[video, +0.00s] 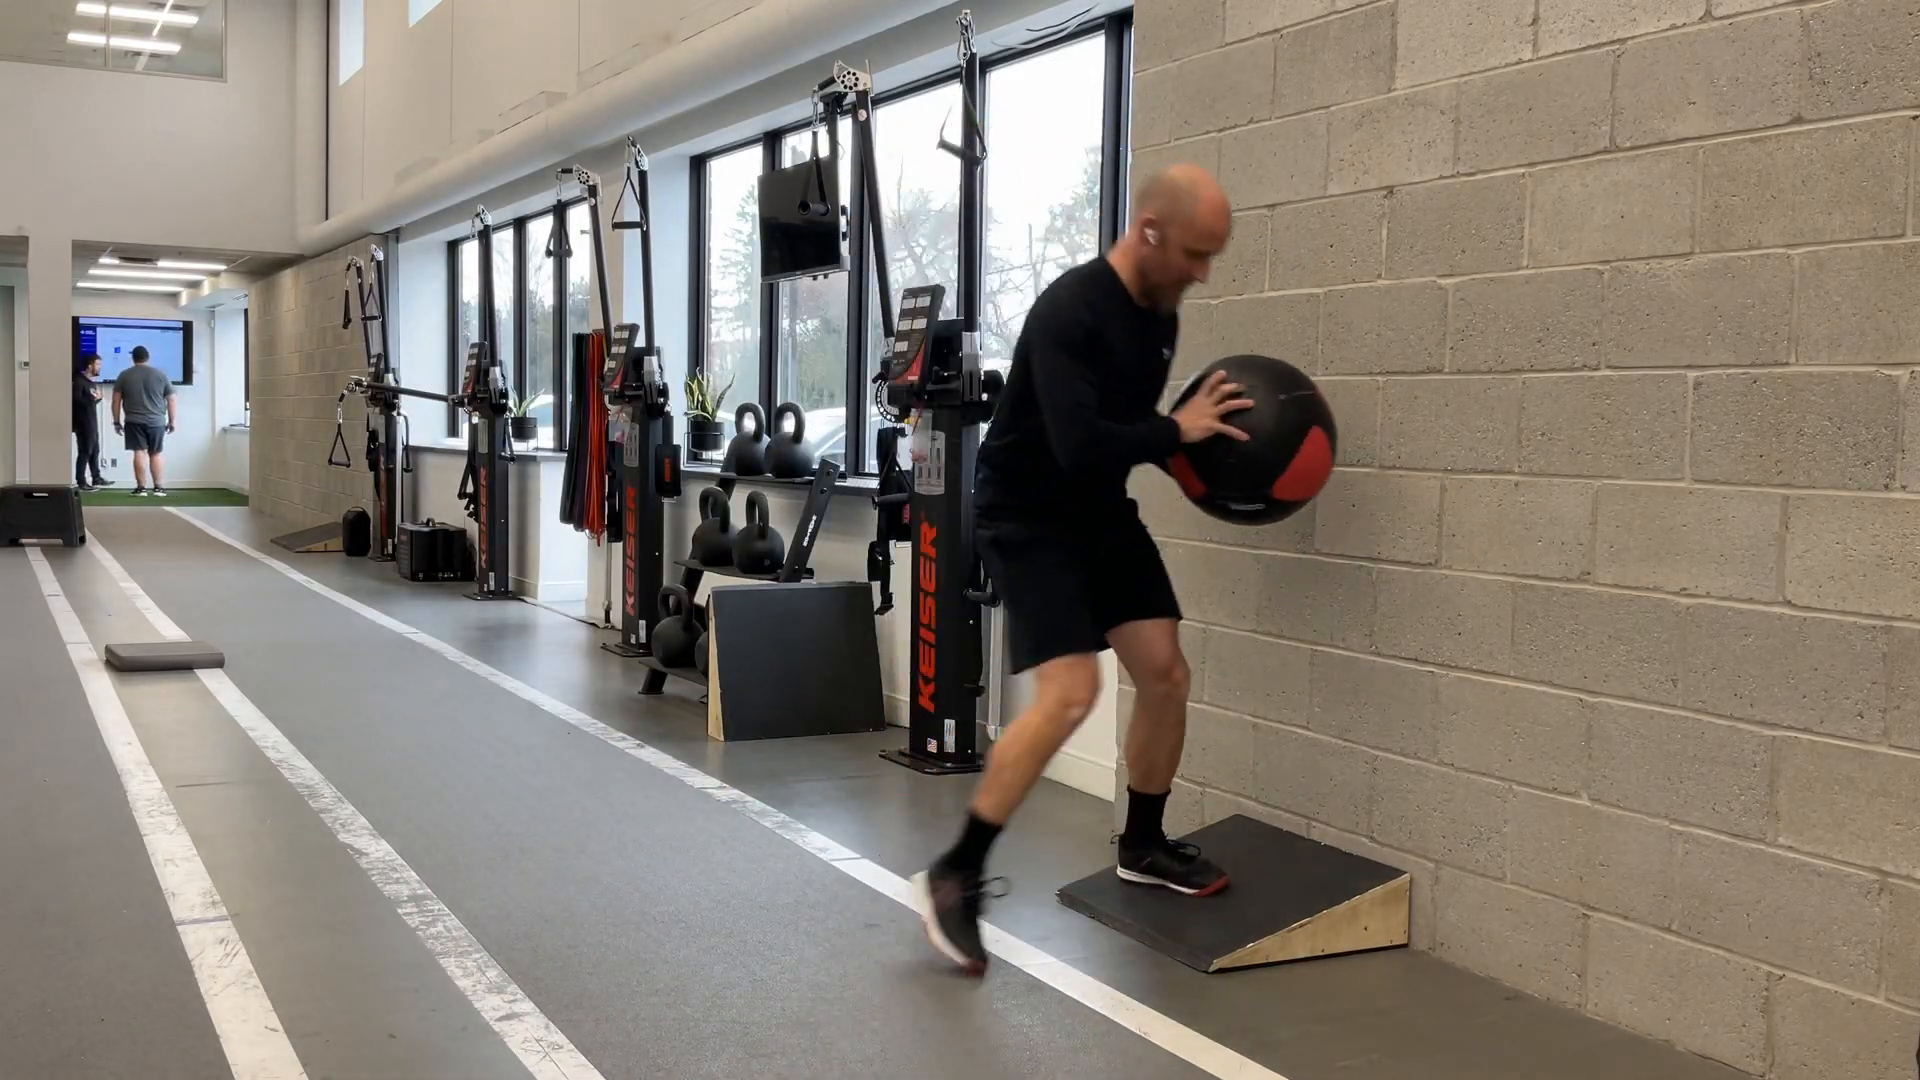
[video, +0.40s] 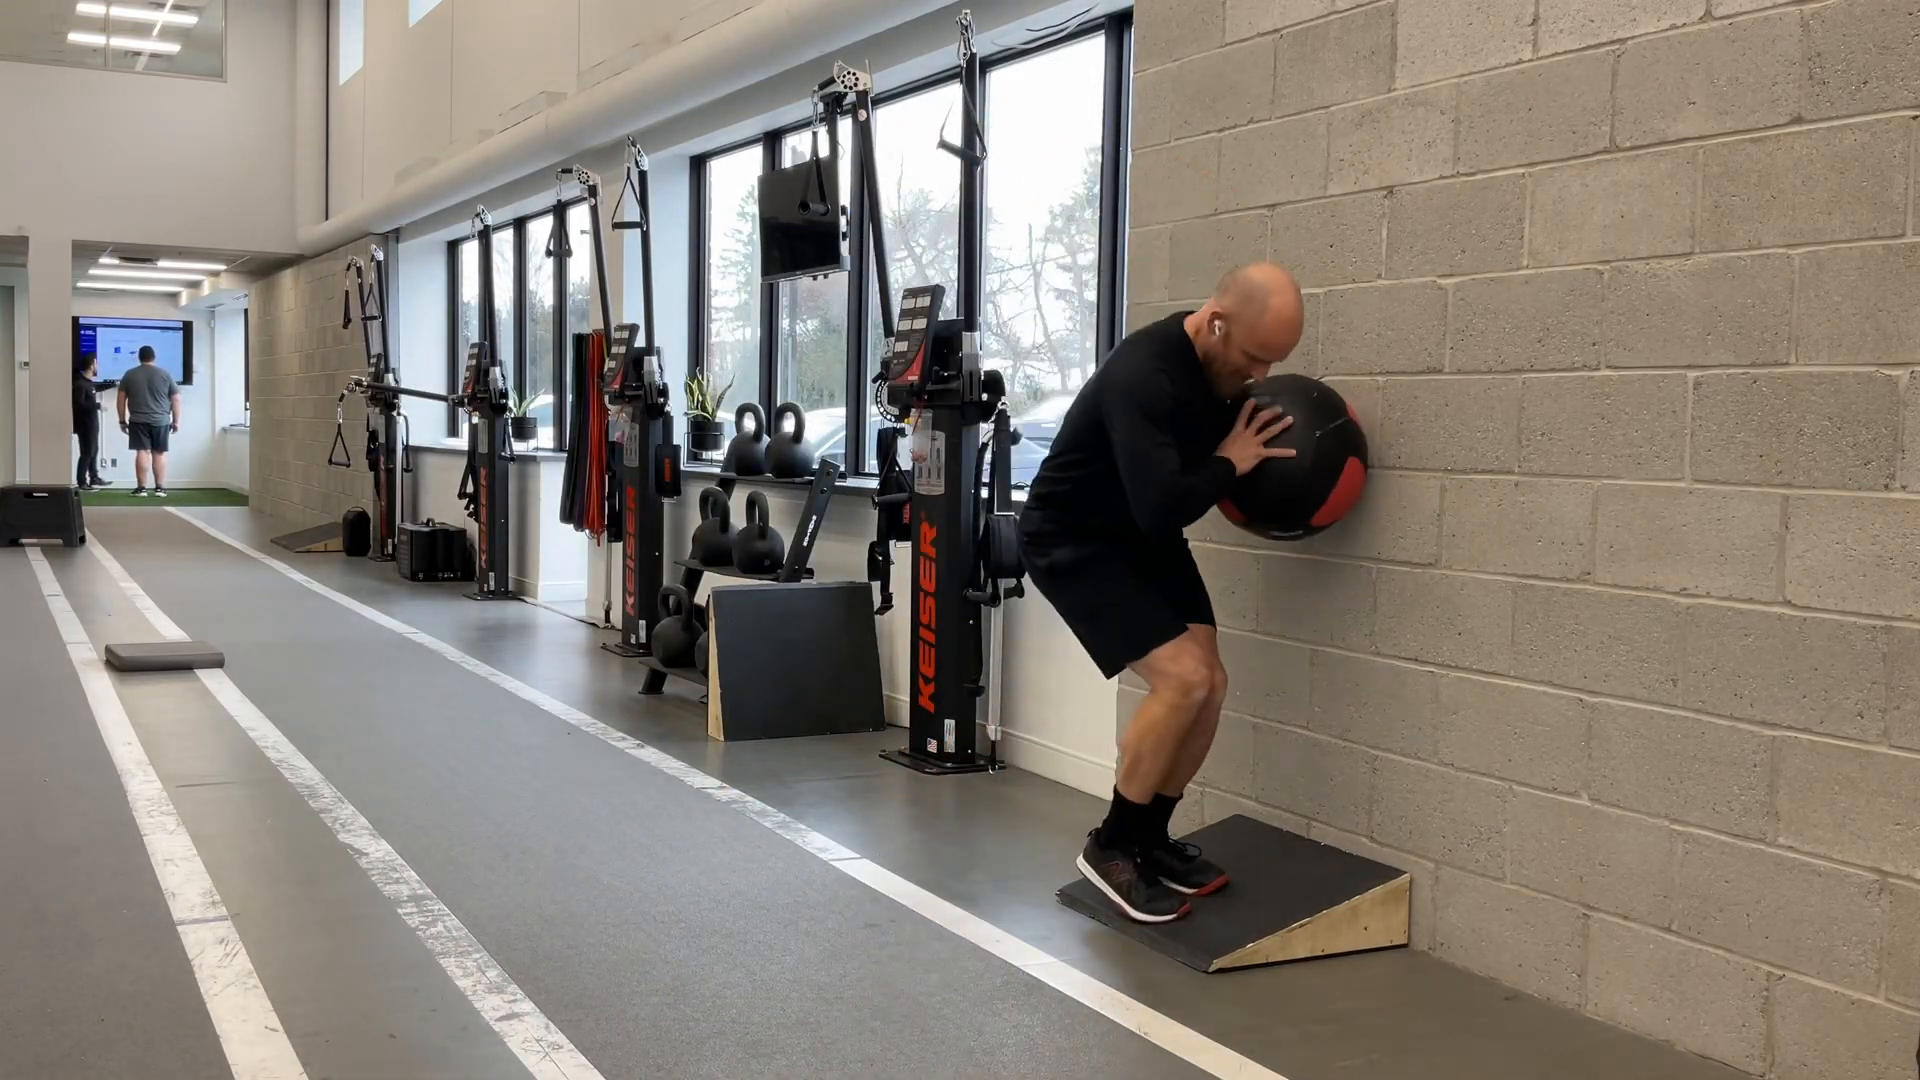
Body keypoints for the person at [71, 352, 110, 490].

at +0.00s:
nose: (99, 368)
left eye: (99, 365)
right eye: (97, 365)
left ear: (91, 366)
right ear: (90, 366)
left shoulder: (90, 381)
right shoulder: (79, 381)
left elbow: (89, 403)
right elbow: (81, 402)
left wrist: (97, 397)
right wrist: (95, 398)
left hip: (92, 423)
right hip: (83, 423)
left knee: (94, 451)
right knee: (84, 452)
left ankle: (96, 477)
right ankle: (81, 481)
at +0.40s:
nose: (96, 366)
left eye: (96, 363)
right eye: (95, 364)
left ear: (86, 365)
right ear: (91, 365)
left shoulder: (88, 383)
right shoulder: (80, 384)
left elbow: (96, 389)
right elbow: (81, 404)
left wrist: (111, 385)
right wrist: (96, 405)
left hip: (91, 423)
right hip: (84, 423)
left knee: (93, 451)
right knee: (86, 452)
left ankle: (94, 477)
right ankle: (82, 481)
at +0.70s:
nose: (96, 365)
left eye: (95, 362)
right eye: (94, 362)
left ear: (91, 365)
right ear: (89, 365)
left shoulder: (94, 378)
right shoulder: (80, 383)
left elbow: (107, 373)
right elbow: (78, 406)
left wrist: (121, 366)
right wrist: (94, 418)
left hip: (94, 421)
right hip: (84, 422)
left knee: (93, 452)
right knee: (85, 452)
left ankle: (91, 479)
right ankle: (82, 481)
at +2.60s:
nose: (94, 366)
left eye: (96, 363)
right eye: (91, 363)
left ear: (97, 365)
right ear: (85, 366)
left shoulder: (97, 382)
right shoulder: (81, 385)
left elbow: (104, 389)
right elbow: (80, 409)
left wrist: (111, 386)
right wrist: (86, 428)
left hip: (99, 424)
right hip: (89, 425)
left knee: (93, 454)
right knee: (87, 454)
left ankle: (89, 479)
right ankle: (83, 481)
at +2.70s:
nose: (95, 366)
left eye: (96, 363)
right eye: (92, 363)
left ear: (98, 365)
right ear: (85, 366)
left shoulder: (97, 383)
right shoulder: (81, 385)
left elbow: (95, 399)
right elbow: (79, 409)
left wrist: (105, 396)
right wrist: (84, 427)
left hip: (98, 424)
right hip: (88, 426)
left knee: (93, 454)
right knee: (86, 454)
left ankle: (89, 479)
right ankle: (82, 480)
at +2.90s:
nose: (97, 366)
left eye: (98, 363)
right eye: (93, 363)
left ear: (99, 365)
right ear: (87, 366)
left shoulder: (98, 384)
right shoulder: (81, 384)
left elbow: (98, 405)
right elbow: (78, 408)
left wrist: (107, 416)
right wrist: (81, 427)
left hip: (97, 424)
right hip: (87, 425)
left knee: (93, 454)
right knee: (85, 453)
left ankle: (89, 479)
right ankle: (82, 480)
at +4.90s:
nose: (98, 365)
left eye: (100, 363)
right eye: (95, 362)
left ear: (101, 365)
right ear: (88, 365)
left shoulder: (98, 385)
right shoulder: (81, 383)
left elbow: (99, 407)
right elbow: (78, 406)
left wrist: (103, 425)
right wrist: (80, 424)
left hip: (97, 425)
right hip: (87, 426)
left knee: (92, 455)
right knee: (85, 454)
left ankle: (89, 479)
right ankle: (82, 481)